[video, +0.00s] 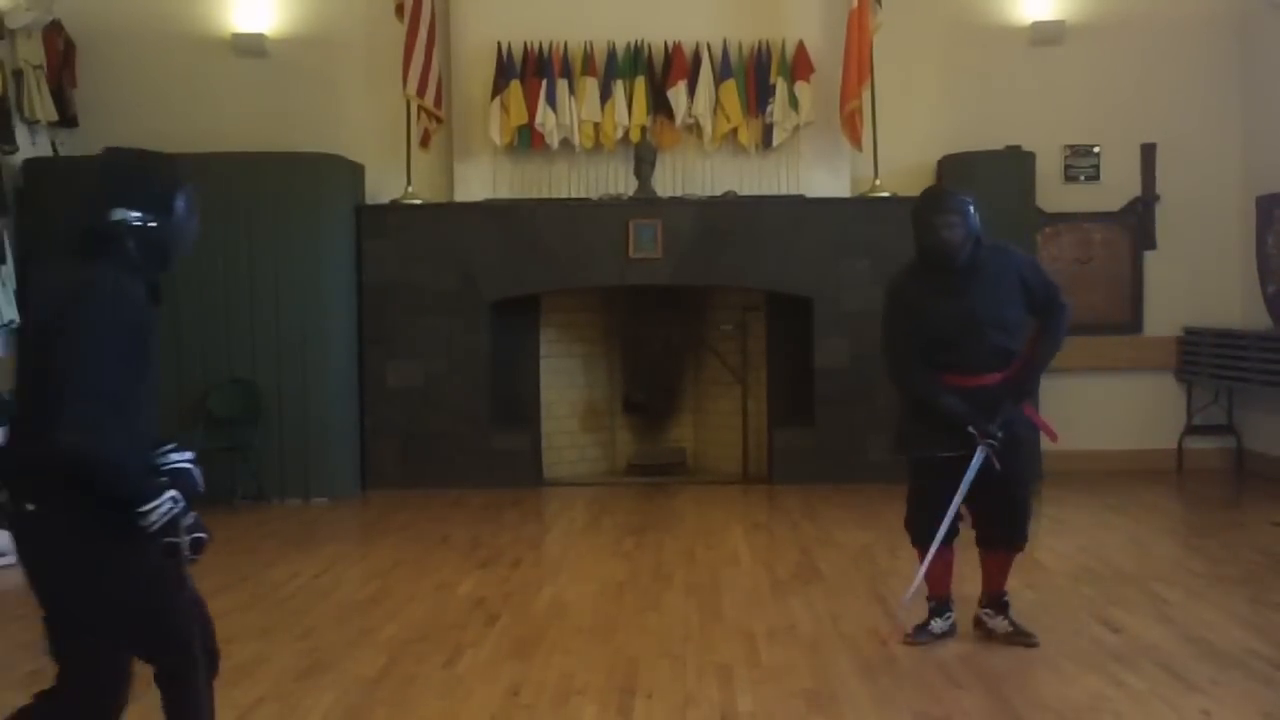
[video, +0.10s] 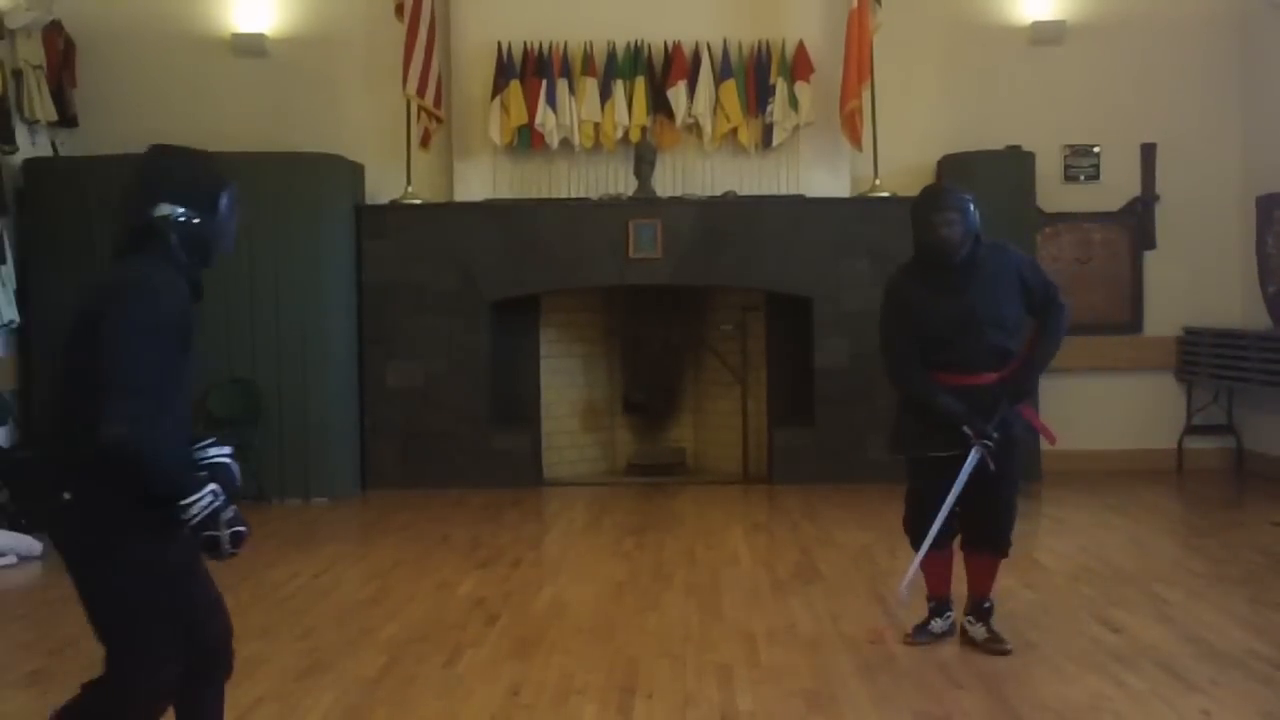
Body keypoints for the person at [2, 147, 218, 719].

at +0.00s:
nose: (190, 225)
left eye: (187, 208)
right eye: (182, 208)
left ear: (121, 214)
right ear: (146, 216)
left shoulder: (75, 282)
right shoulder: (112, 292)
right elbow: (92, 429)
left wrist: (160, 467)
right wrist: (156, 502)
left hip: (49, 512)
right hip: (95, 517)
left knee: (91, 687)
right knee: (189, 650)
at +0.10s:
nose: (231, 225)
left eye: (229, 208)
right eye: (224, 209)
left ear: (166, 212)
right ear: (190, 214)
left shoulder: (149, 281)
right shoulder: (152, 286)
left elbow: (151, 410)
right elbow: (136, 420)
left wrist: (200, 469)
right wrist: (194, 493)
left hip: (114, 498)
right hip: (106, 503)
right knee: (194, 646)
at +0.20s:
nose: (259, 215)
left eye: (257, 199)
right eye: (253, 199)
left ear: (191, 199)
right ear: (225, 204)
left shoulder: (178, 269)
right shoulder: (183, 275)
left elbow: (183, 396)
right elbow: (165, 406)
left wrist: (232, 449)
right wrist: (224, 482)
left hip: (151, 496)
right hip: (138, 502)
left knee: (204, 648)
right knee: (185, 656)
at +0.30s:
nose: (280, 208)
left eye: (277, 192)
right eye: (273, 192)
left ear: (211, 193)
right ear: (239, 197)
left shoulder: (207, 265)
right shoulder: (202, 269)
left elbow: (216, 386)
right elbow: (189, 402)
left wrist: (261, 444)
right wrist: (254, 482)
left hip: (182, 495)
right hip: (159, 499)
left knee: (221, 656)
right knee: (194, 673)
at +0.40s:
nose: (292, 212)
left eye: (290, 195)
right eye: (286, 195)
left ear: (219, 194)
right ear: (256, 199)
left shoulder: (217, 268)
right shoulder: (218, 275)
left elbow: (227, 391)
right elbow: (208, 412)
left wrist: (277, 441)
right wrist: (279, 485)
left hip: (201, 496)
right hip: (182, 501)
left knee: (261, 637)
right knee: (220, 670)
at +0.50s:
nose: (309, 215)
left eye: (307, 198)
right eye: (304, 198)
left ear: (232, 198)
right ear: (274, 203)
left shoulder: (218, 272)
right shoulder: (245, 280)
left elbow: (230, 407)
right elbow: (232, 421)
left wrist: (291, 449)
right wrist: (304, 493)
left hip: (222, 504)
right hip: (206, 511)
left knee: (316, 622)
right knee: (228, 692)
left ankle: (272, 708)